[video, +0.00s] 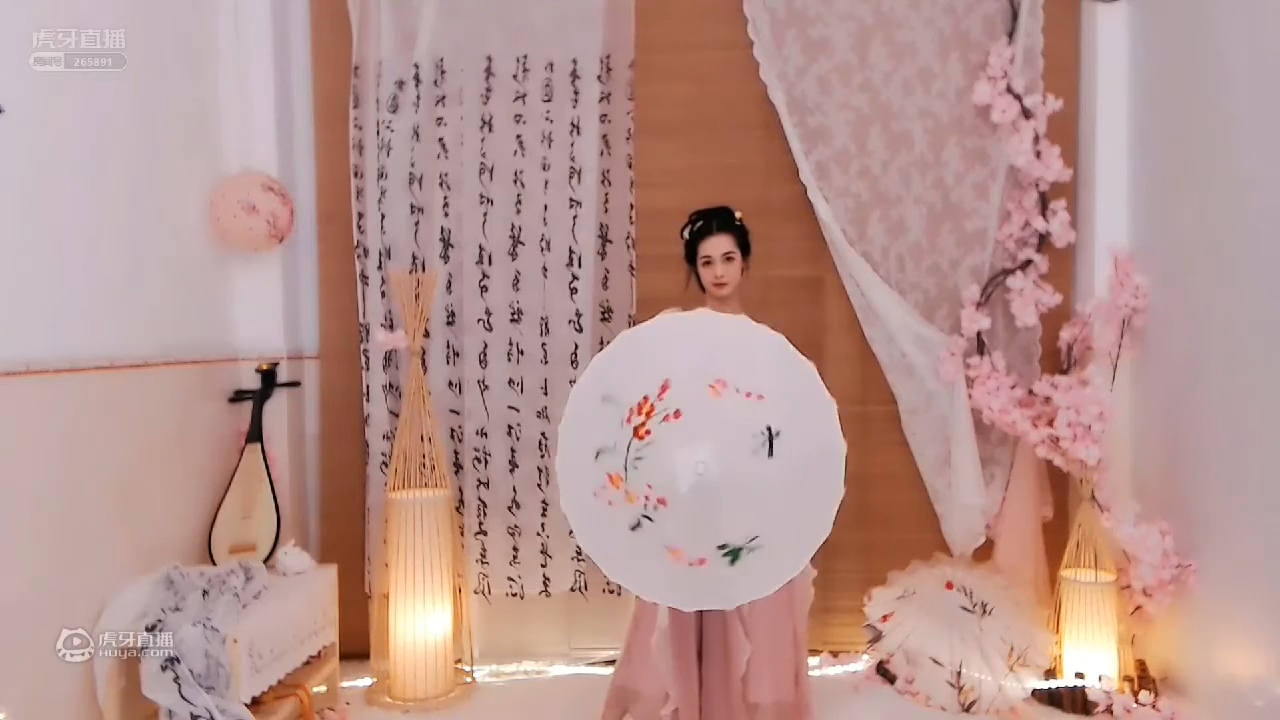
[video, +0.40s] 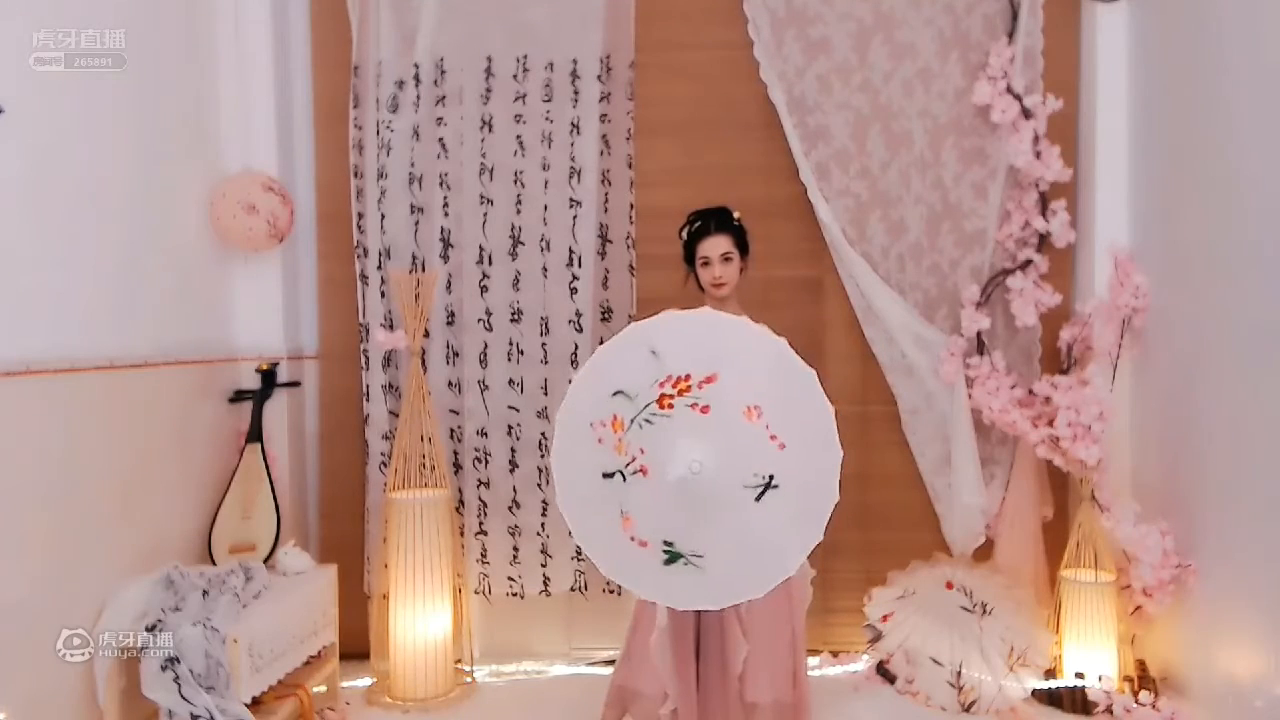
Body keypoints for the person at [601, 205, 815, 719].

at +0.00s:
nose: (718, 271)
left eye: (728, 258)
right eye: (707, 261)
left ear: (744, 263)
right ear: (694, 267)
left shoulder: (766, 343)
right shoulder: (671, 333)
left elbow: (796, 430)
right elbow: (635, 415)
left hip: (752, 499)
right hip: (682, 498)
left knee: (750, 618)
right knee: (681, 620)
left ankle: (747, 712)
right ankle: (677, 713)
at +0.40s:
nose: (716, 272)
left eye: (726, 259)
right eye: (705, 262)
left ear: (742, 263)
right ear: (693, 268)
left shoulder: (761, 339)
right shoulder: (674, 333)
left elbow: (786, 427)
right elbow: (649, 418)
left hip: (747, 490)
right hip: (685, 486)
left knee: (746, 604)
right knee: (681, 604)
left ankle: (745, 710)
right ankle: (678, 711)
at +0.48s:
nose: (716, 271)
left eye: (726, 259)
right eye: (705, 261)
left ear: (742, 263)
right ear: (693, 268)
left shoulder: (760, 337)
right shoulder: (672, 334)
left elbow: (785, 427)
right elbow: (647, 417)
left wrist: (786, 511)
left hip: (746, 492)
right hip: (683, 489)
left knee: (745, 608)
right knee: (680, 608)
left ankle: (744, 710)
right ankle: (677, 711)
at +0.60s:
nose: (716, 272)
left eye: (726, 259)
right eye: (705, 262)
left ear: (742, 264)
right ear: (692, 268)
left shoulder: (759, 338)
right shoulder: (671, 333)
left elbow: (783, 427)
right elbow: (644, 417)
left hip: (744, 490)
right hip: (682, 487)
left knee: (743, 606)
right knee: (679, 605)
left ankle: (743, 710)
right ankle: (676, 710)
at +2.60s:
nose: (715, 273)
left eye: (725, 260)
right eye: (704, 263)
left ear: (742, 263)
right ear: (692, 268)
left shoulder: (760, 338)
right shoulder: (668, 334)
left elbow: (786, 429)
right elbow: (645, 421)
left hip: (745, 493)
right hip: (678, 491)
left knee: (743, 610)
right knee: (678, 610)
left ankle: (743, 709)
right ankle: (676, 710)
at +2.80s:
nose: (715, 272)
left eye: (724, 259)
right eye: (704, 262)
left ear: (742, 262)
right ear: (692, 268)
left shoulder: (760, 337)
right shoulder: (671, 332)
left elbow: (786, 426)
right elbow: (646, 417)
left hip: (745, 489)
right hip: (679, 486)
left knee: (743, 605)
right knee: (679, 605)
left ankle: (743, 709)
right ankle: (676, 709)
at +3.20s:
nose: (715, 274)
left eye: (724, 262)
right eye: (704, 264)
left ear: (742, 263)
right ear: (692, 269)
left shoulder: (761, 336)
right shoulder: (673, 329)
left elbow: (782, 426)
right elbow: (648, 411)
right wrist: (669, 337)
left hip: (745, 487)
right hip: (680, 484)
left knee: (743, 603)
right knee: (680, 603)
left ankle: (741, 709)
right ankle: (677, 710)